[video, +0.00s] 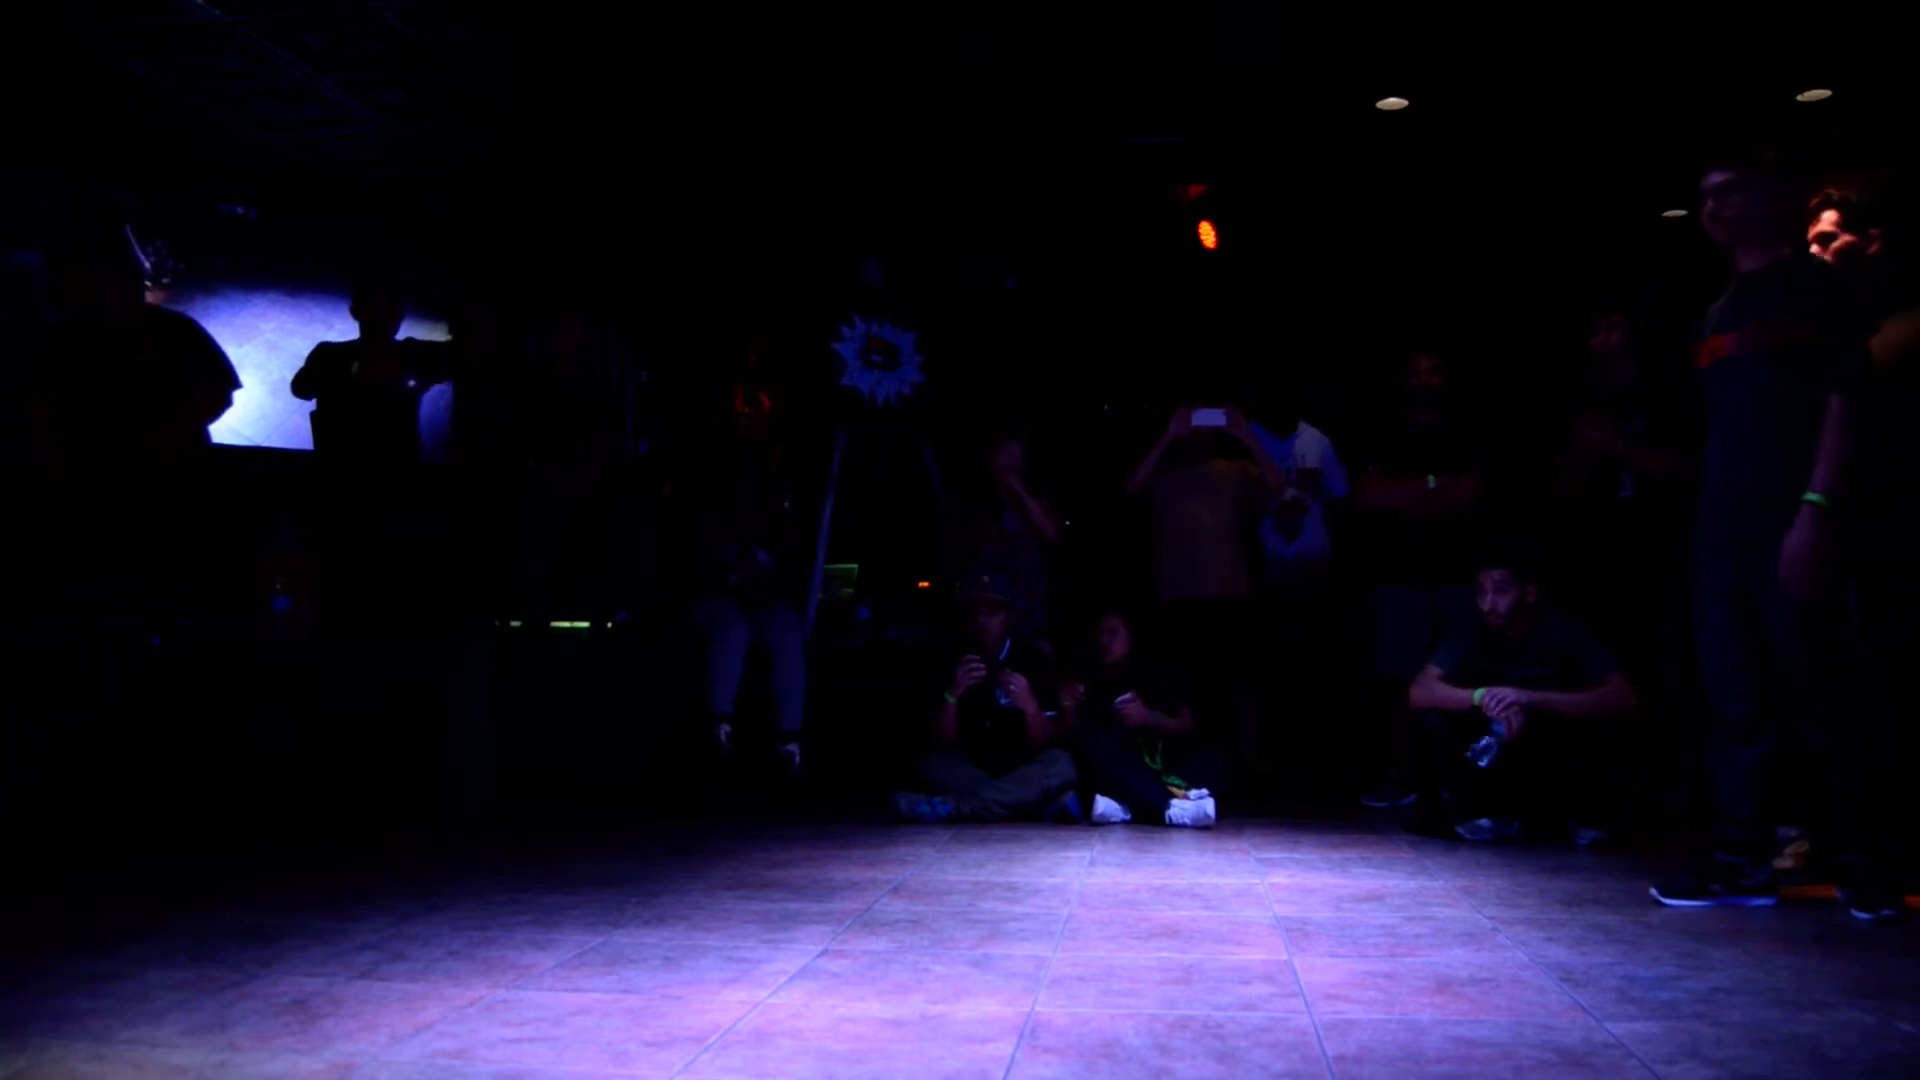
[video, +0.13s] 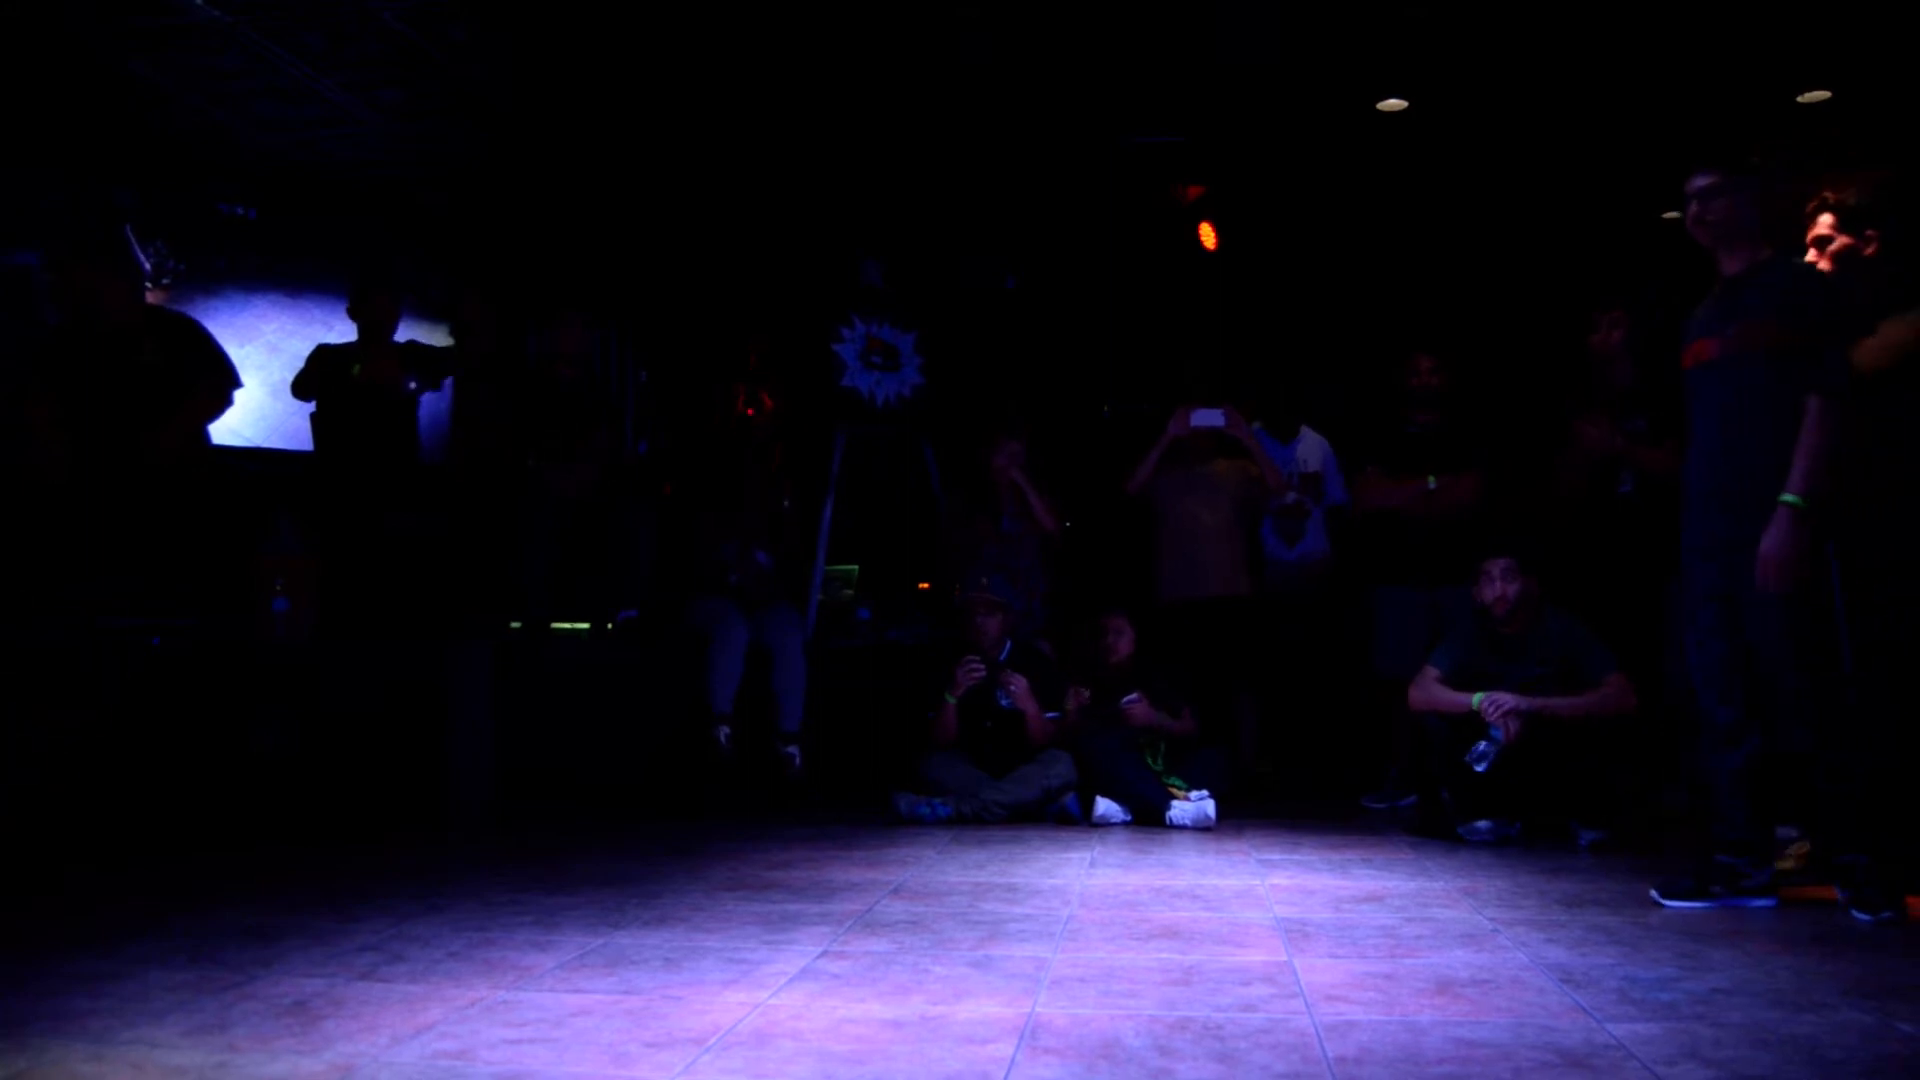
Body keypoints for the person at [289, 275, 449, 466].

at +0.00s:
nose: (382, 319)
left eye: (390, 309)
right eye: (373, 308)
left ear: (400, 313)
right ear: (355, 311)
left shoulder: (411, 354)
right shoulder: (329, 355)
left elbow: (459, 354)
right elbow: (300, 389)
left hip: (399, 458)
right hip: (341, 458)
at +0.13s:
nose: (381, 319)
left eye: (388, 310)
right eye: (372, 309)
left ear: (398, 313)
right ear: (353, 313)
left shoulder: (409, 356)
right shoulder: (328, 357)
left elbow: (459, 358)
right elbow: (300, 391)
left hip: (398, 459)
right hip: (341, 460)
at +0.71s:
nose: (395, 324)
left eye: (401, 314)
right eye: (387, 313)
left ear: (412, 316)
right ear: (369, 317)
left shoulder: (427, 357)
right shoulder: (346, 355)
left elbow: (466, 345)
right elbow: (314, 384)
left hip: (412, 457)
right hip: (356, 458)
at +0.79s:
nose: (411, 326)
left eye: (418, 316)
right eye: (403, 315)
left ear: (429, 318)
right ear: (386, 318)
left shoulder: (440, 357)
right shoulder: (363, 356)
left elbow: (481, 341)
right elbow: (333, 385)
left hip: (428, 458)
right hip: (372, 458)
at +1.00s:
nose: (444, 325)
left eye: (451, 315)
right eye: (436, 315)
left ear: (461, 317)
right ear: (419, 317)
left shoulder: (474, 357)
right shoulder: (397, 355)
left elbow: (515, 349)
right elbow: (368, 386)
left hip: (461, 456)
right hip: (406, 457)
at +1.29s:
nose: (471, 325)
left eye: (478, 317)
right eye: (463, 316)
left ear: (486, 320)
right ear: (443, 317)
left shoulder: (490, 359)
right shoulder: (417, 358)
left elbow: (536, 354)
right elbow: (389, 387)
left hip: (481, 461)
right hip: (427, 462)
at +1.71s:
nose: (472, 325)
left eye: (478, 315)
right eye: (461, 315)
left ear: (487, 318)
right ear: (442, 317)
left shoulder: (500, 358)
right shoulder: (422, 356)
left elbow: (541, 355)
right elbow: (399, 385)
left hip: (488, 458)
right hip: (432, 460)